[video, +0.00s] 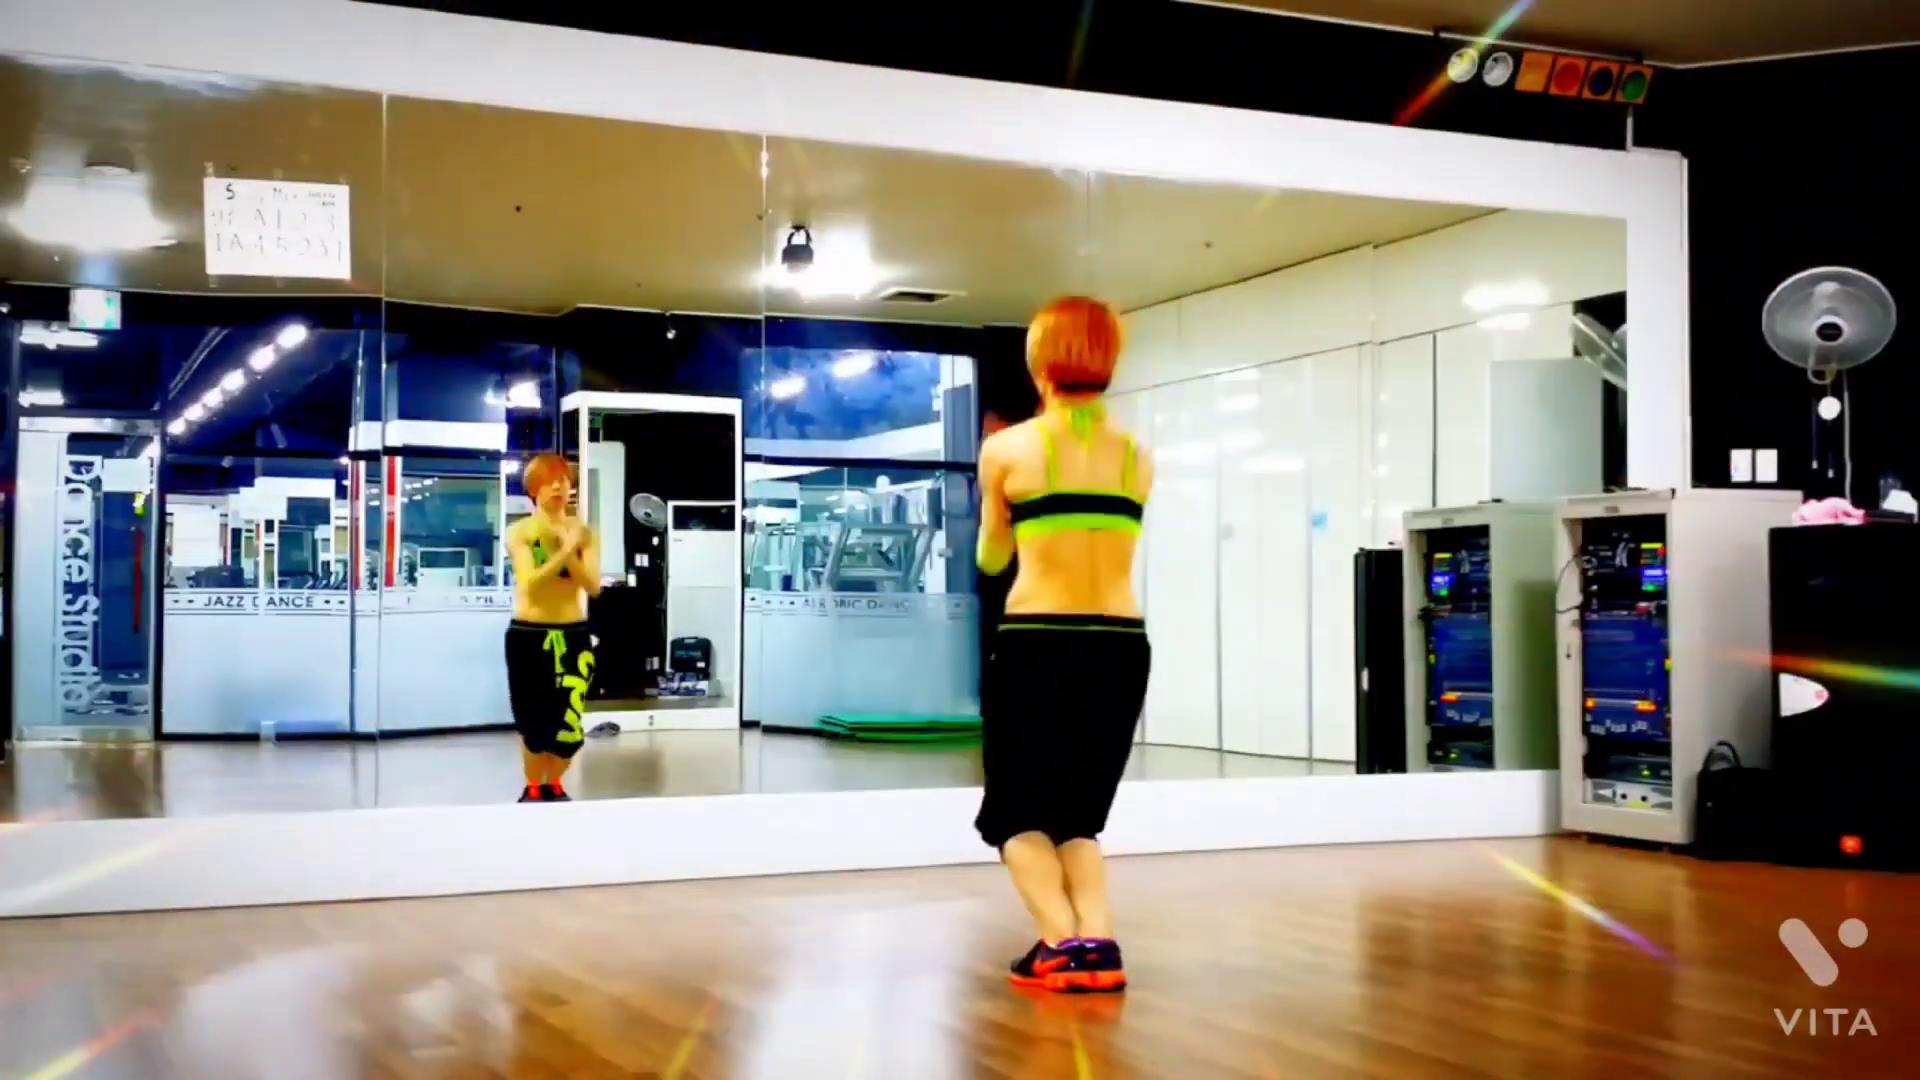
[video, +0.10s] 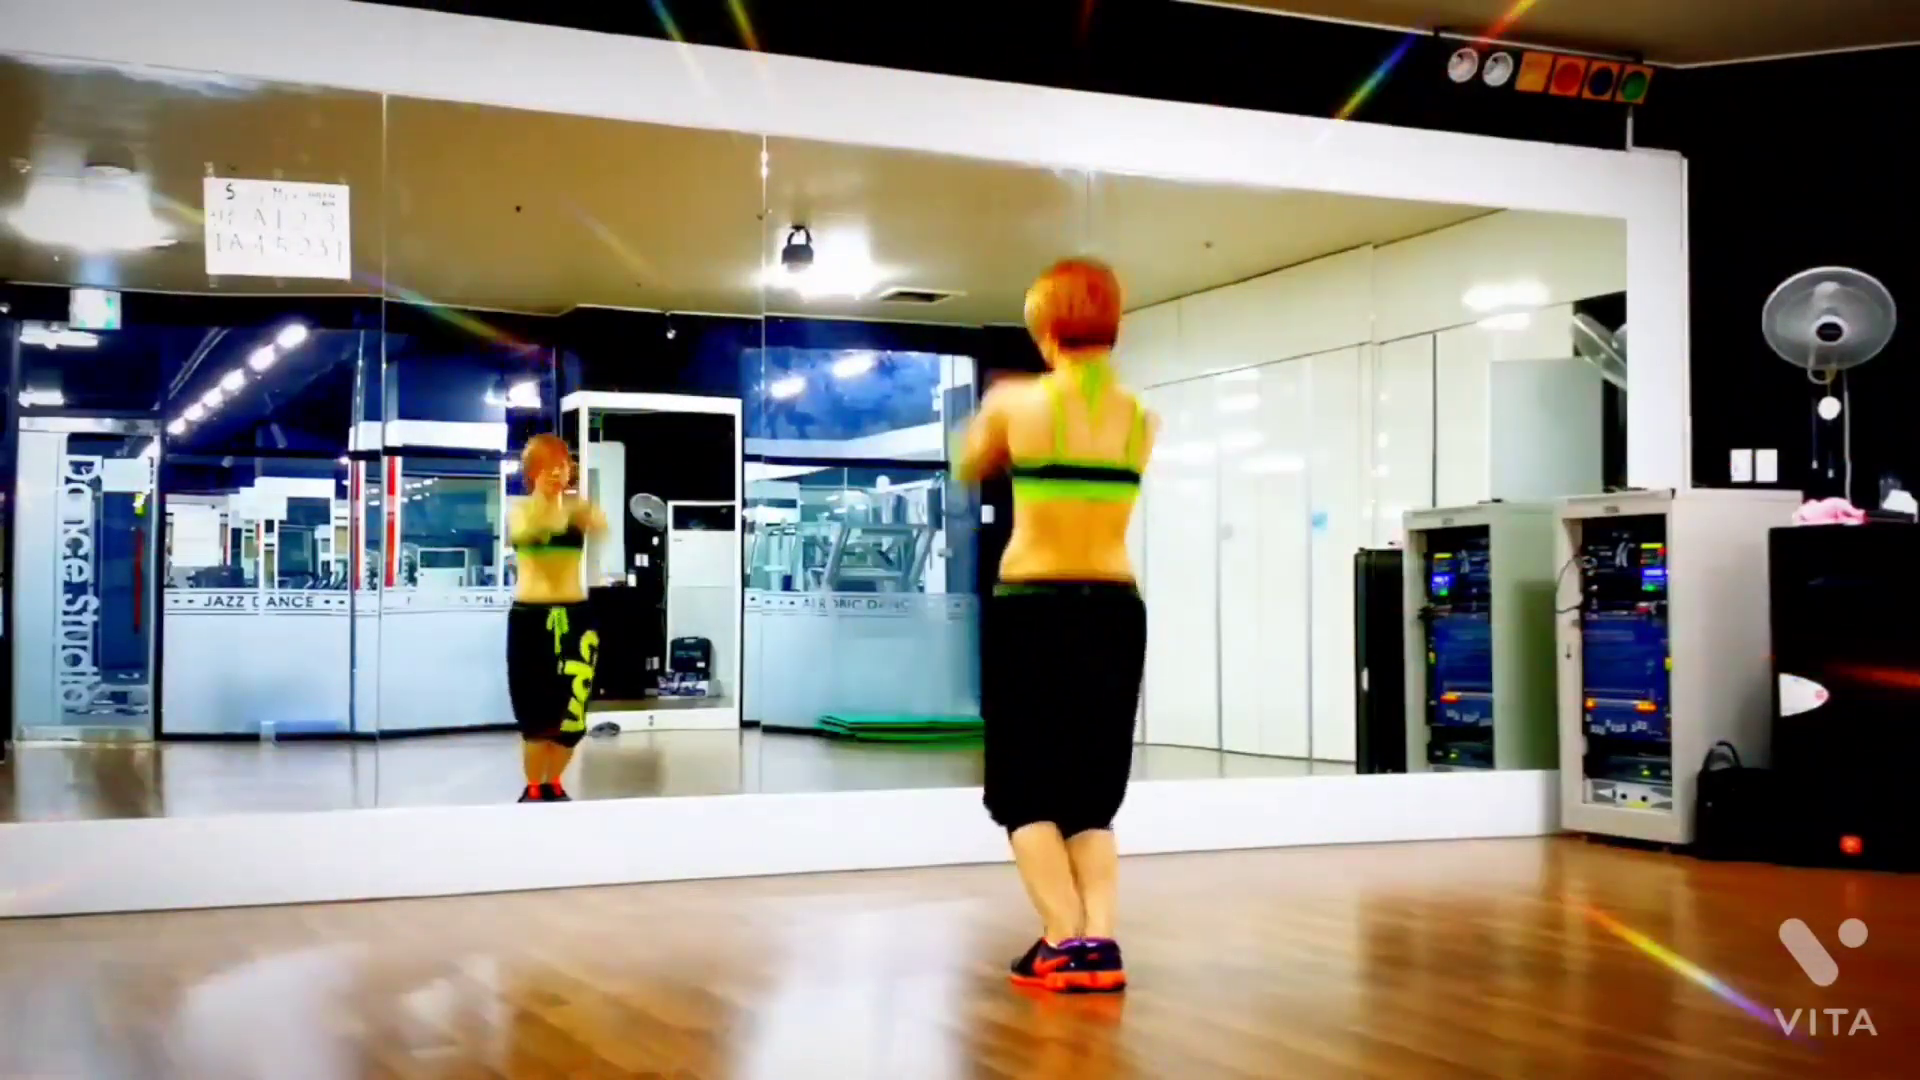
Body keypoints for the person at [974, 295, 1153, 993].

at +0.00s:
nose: (1033, 367)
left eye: (1035, 356)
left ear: (1037, 366)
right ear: (1109, 366)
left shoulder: (1008, 449)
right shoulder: (1137, 457)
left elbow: (994, 554)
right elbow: (1111, 539)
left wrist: (1006, 482)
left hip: (1035, 645)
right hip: (1119, 645)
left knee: (1014, 809)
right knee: (1078, 812)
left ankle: (1060, 940)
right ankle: (1097, 941)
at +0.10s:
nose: (1035, 336)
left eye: (1037, 326)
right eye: (1045, 326)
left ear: (1044, 332)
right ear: (1112, 329)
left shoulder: (1013, 404)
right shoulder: (1140, 419)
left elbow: (969, 466)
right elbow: (1112, 473)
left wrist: (995, 414)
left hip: (1030, 608)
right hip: (1113, 606)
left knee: (1021, 783)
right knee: (1091, 785)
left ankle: (1063, 936)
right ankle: (1099, 941)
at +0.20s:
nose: (1035, 306)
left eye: (1037, 295)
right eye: (1041, 294)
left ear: (1044, 304)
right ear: (1110, 302)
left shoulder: (1024, 371)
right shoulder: (1139, 383)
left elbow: (962, 360)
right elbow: (1095, 382)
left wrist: (993, 329)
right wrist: (1045, 343)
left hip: (1030, 585)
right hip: (1113, 584)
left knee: (1028, 765)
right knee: (1102, 769)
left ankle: (1061, 937)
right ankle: (1101, 943)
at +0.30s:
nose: (1033, 297)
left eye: (1039, 284)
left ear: (1042, 295)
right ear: (1114, 291)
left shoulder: (1021, 357)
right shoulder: (1133, 365)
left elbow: (979, 269)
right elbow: (1120, 298)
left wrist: (1003, 201)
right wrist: (1087, 232)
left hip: (1026, 570)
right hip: (1110, 568)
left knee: (1038, 761)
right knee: (1114, 762)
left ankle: (1060, 938)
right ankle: (1103, 944)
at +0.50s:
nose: (1022, 290)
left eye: (1027, 281)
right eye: (1048, 279)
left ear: (1030, 290)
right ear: (1100, 292)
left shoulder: (1015, 346)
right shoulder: (1119, 357)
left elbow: (972, 230)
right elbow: (1147, 258)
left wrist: (926, 127)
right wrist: (1181, 147)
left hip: (1026, 570)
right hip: (1108, 569)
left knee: (1038, 757)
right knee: (1120, 758)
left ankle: (1064, 937)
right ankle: (1102, 942)